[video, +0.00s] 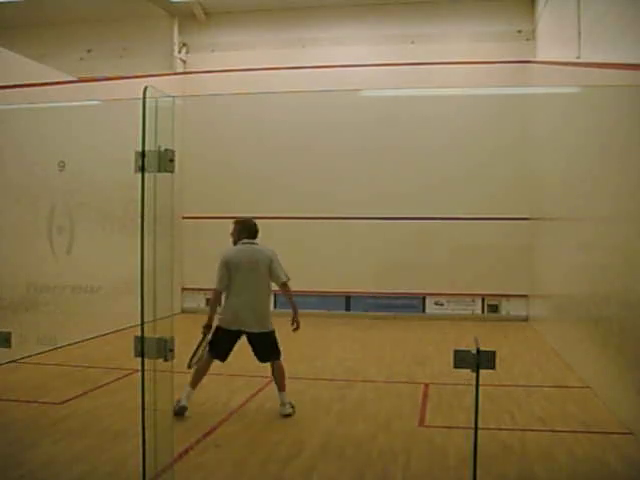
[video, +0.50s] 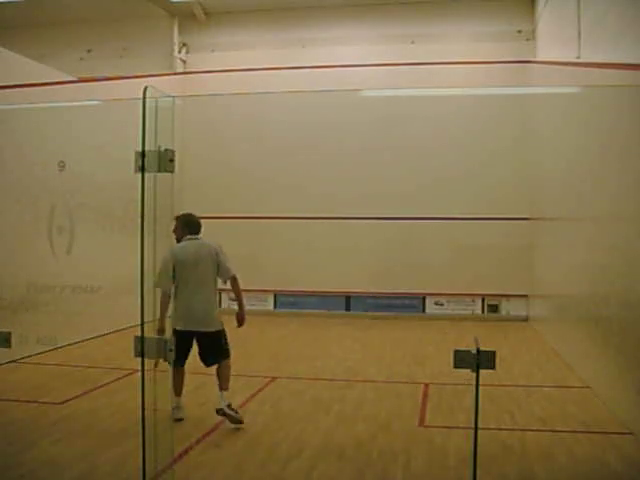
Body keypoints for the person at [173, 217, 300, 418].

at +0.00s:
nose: (230, 235)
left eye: (233, 231)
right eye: (232, 231)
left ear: (240, 234)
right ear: (254, 235)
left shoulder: (229, 256)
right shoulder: (268, 255)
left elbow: (217, 292)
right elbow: (284, 285)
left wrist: (209, 321)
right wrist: (294, 311)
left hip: (230, 319)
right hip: (260, 320)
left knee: (208, 356)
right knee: (275, 360)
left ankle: (185, 398)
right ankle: (284, 403)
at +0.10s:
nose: (211, 239)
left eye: (213, 235)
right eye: (212, 235)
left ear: (220, 238)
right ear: (234, 239)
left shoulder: (208, 260)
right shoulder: (247, 260)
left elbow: (197, 297)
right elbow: (262, 290)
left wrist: (188, 326)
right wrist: (274, 317)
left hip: (211, 324)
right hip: (240, 324)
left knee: (193, 363)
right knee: (263, 359)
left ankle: (179, 405)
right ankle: (280, 401)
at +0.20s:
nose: (195, 237)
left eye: (198, 233)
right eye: (196, 233)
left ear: (205, 236)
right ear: (218, 236)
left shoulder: (193, 258)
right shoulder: (233, 257)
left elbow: (183, 296)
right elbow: (246, 287)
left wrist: (175, 324)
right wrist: (257, 316)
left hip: (200, 323)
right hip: (228, 323)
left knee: (186, 364)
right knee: (249, 357)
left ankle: (179, 407)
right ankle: (267, 402)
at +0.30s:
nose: (184, 233)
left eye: (187, 229)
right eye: (186, 229)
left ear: (194, 232)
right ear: (208, 232)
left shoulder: (183, 255)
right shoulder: (223, 252)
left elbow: (175, 292)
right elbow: (238, 280)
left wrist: (168, 321)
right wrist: (246, 309)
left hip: (192, 320)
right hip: (221, 319)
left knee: (183, 362)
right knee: (239, 356)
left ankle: (178, 406)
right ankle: (249, 403)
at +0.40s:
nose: (177, 231)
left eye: (180, 228)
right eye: (178, 227)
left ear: (187, 230)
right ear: (200, 230)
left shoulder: (178, 253)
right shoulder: (217, 249)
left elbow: (169, 292)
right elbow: (234, 277)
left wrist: (163, 320)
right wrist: (242, 307)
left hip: (187, 320)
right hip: (215, 319)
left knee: (181, 363)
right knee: (230, 356)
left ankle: (178, 406)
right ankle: (234, 401)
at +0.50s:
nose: (173, 231)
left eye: (176, 227)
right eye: (174, 227)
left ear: (184, 230)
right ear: (196, 231)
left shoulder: (173, 254)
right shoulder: (213, 250)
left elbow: (165, 292)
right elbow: (232, 278)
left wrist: (161, 322)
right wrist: (241, 308)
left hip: (182, 321)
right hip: (209, 320)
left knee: (178, 363)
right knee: (223, 357)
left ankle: (177, 406)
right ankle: (224, 401)